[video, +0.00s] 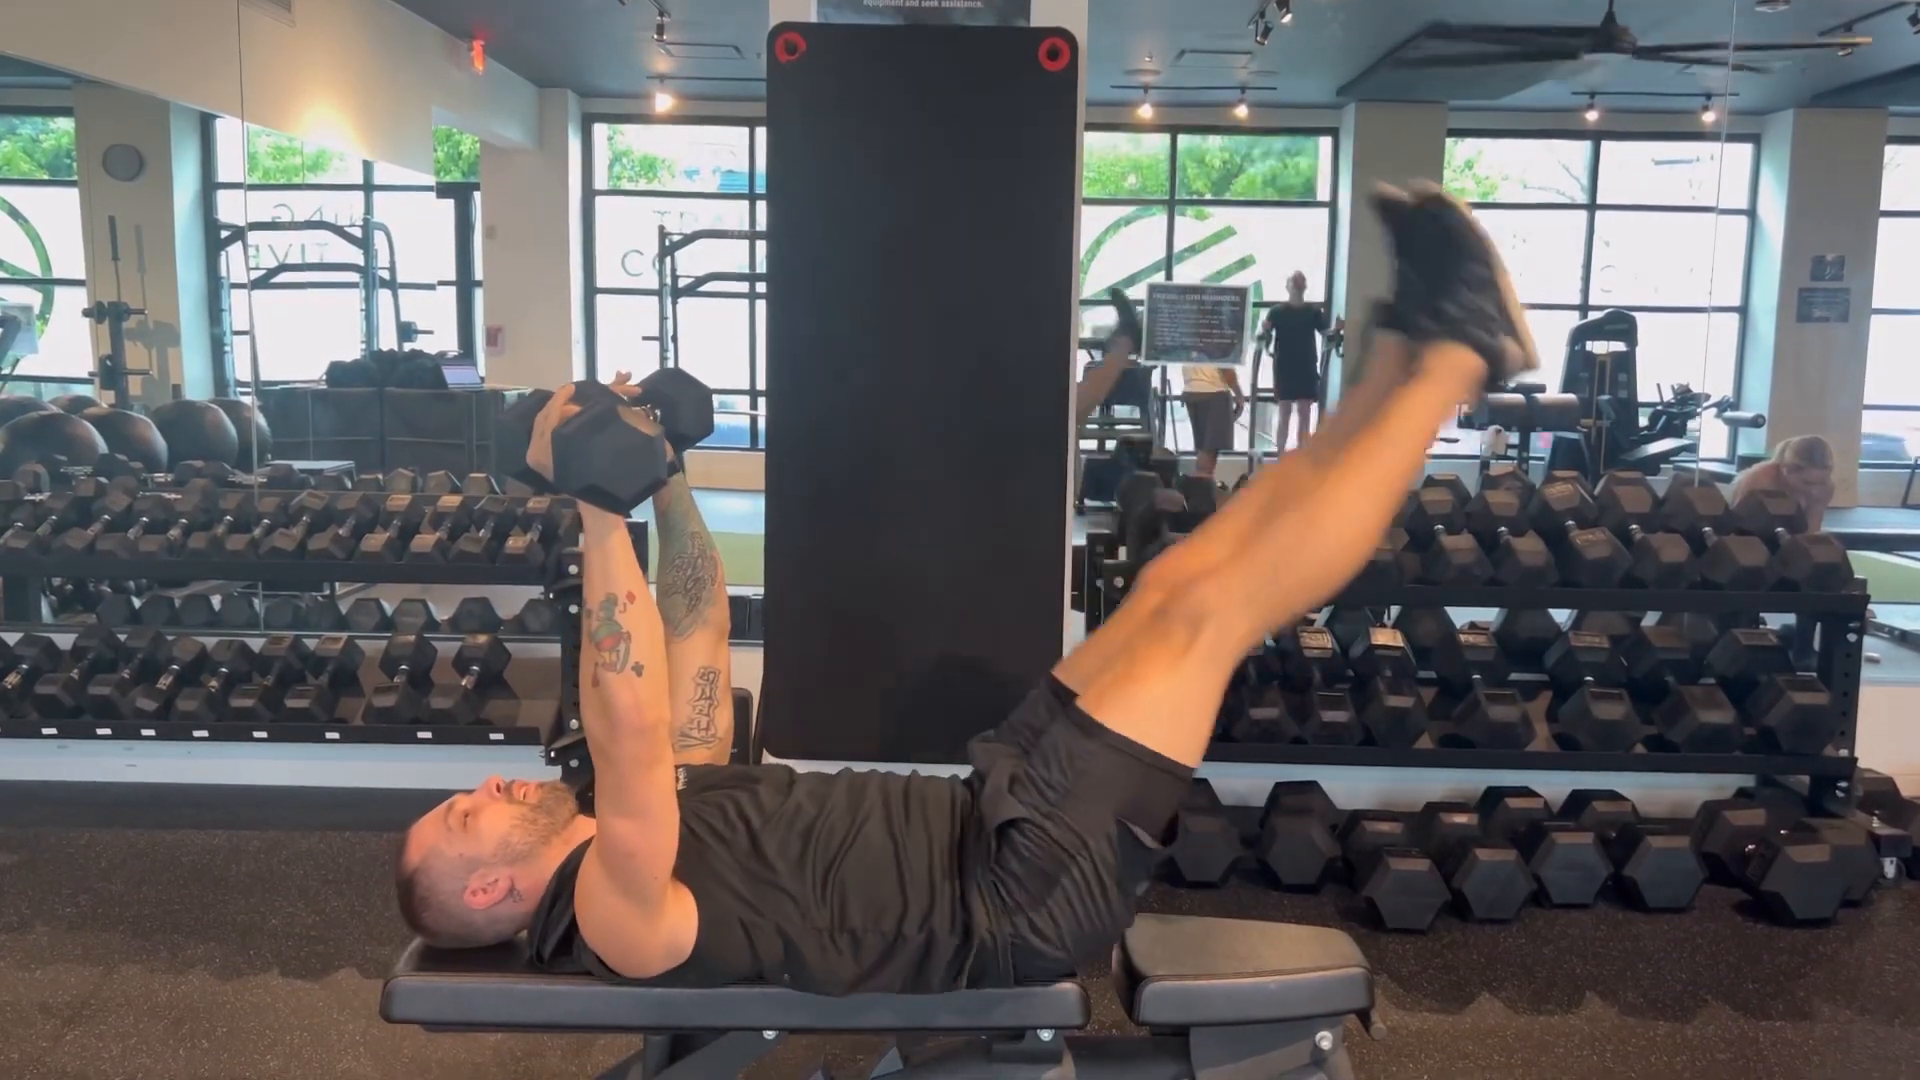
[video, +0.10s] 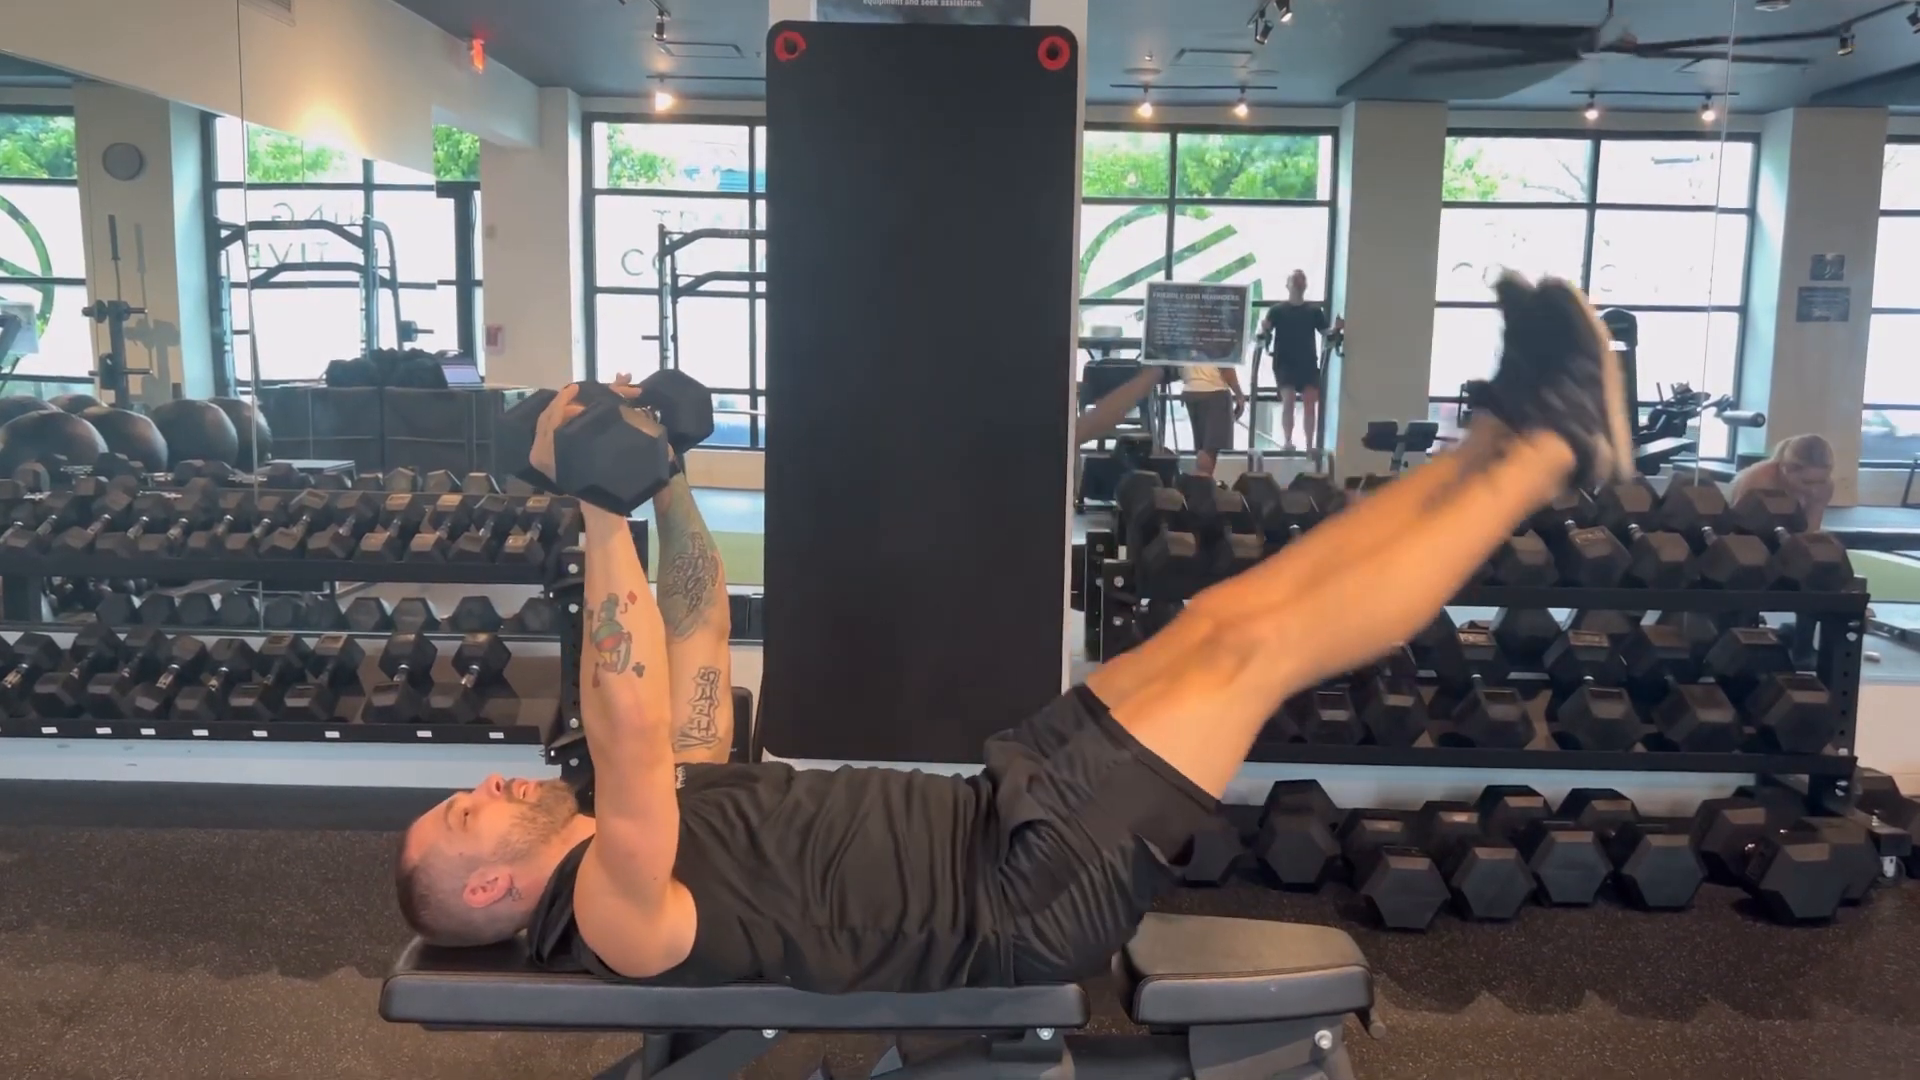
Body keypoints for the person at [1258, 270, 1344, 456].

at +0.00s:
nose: (1297, 286)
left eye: (1300, 283)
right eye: (1293, 283)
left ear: (1304, 287)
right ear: (1287, 286)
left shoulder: (1313, 311)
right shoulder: (1277, 312)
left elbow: (1325, 333)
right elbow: (1263, 337)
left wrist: (1336, 329)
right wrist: (1265, 330)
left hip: (1307, 363)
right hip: (1284, 364)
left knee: (1305, 411)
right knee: (1284, 411)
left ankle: (1303, 451)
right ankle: (1280, 452)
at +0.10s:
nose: (1298, 284)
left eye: (1301, 281)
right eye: (1295, 281)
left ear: (1305, 285)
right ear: (1288, 285)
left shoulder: (1313, 310)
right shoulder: (1277, 310)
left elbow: (1326, 333)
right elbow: (1263, 334)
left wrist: (1336, 329)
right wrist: (1264, 330)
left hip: (1307, 360)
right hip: (1284, 360)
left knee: (1310, 401)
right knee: (1289, 399)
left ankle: (1310, 446)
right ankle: (1288, 442)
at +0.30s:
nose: (1298, 285)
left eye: (1301, 280)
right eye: (1295, 280)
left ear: (1306, 283)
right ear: (1288, 283)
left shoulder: (1314, 307)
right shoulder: (1277, 308)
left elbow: (1326, 332)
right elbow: (1263, 335)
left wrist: (1336, 327)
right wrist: (1265, 327)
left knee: (1319, 340)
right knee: (1293, 338)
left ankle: (1322, 381)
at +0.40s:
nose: (1298, 287)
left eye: (1302, 284)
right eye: (1296, 283)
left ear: (1306, 285)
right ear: (1289, 284)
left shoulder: (1315, 306)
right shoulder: (1277, 306)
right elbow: (1262, 335)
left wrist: (1336, 327)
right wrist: (1265, 326)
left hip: (1308, 356)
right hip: (1284, 358)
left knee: (1316, 318)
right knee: (1290, 321)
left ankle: (1318, 333)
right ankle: (1303, 333)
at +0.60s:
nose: (1298, 287)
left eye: (1301, 284)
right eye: (1295, 284)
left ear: (1306, 284)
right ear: (1289, 283)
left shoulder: (1315, 304)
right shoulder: (1278, 304)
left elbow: (1323, 331)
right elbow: (1264, 329)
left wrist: (1336, 325)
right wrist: (1266, 323)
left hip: (1308, 355)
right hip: (1284, 356)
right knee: (1288, 317)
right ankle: (1299, 319)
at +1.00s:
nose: (1298, 280)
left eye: (1301, 277)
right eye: (1294, 277)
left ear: (1306, 278)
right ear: (1288, 279)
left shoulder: (1314, 304)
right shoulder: (1278, 304)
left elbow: (1326, 327)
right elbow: (1265, 325)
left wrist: (1336, 324)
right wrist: (1265, 321)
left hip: (1308, 350)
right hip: (1285, 350)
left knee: (1316, 373)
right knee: (1292, 375)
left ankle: (1315, 419)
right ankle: (1295, 419)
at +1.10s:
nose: (1299, 278)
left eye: (1301, 275)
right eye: (1296, 275)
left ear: (1306, 279)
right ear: (1288, 279)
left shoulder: (1314, 304)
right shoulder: (1278, 304)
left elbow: (1326, 327)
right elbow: (1265, 324)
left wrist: (1337, 322)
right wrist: (1265, 320)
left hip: (1308, 352)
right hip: (1285, 353)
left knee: (1312, 393)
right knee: (1290, 394)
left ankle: (1308, 437)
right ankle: (1290, 439)